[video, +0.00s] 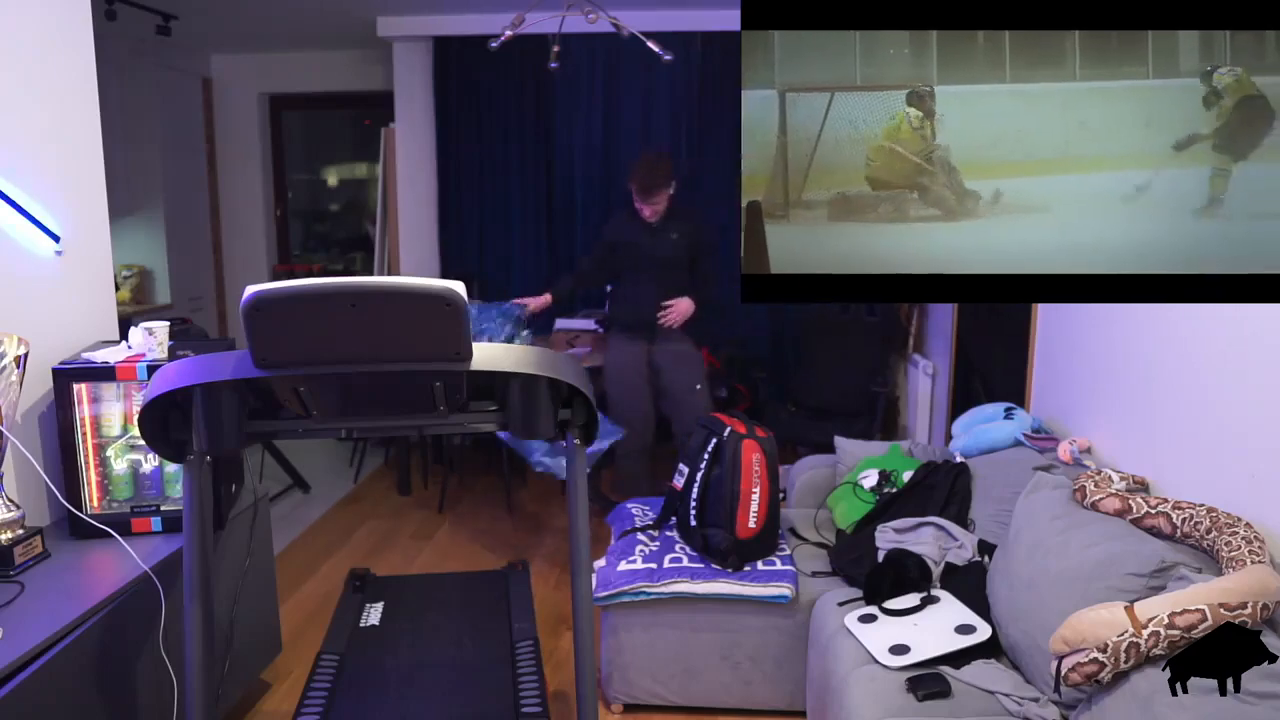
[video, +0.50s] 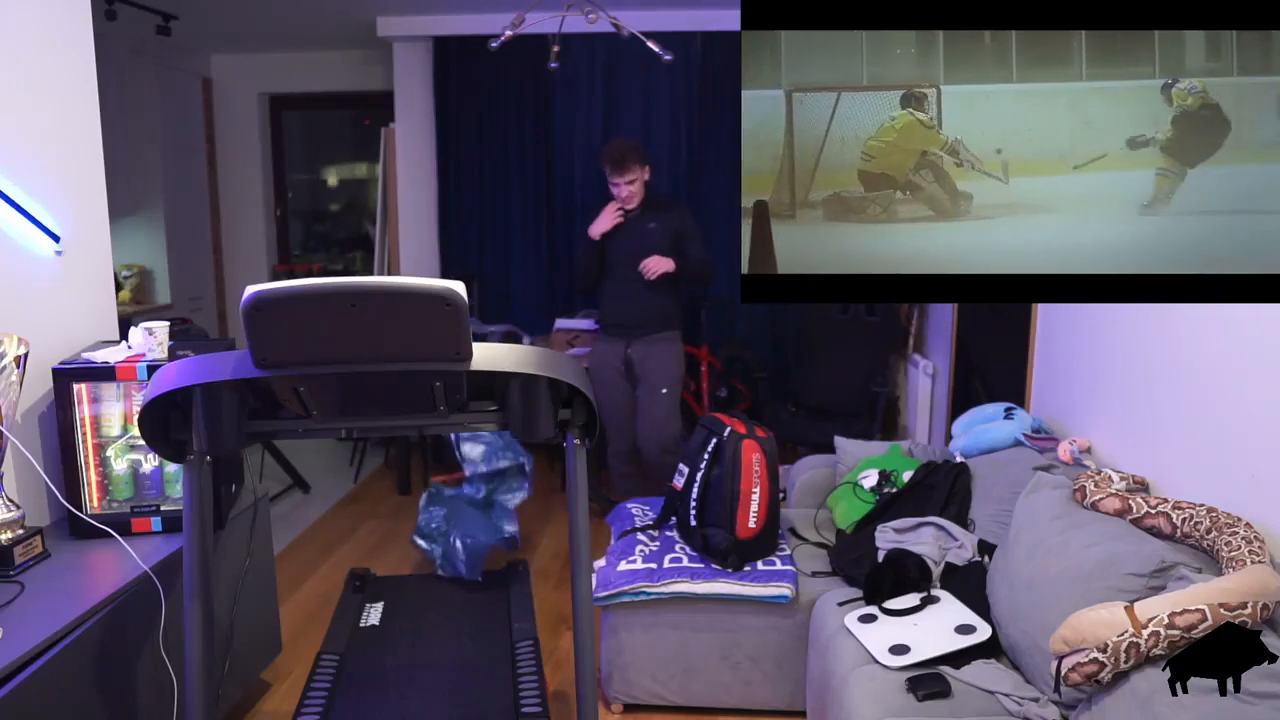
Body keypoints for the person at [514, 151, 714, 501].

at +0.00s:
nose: (645, 210)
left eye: (653, 203)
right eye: (639, 202)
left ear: (671, 191)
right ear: (631, 191)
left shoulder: (690, 228)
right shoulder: (621, 225)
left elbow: (707, 279)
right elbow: (591, 271)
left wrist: (693, 301)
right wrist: (548, 298)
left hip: (675, 337)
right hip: (626, 338)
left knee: (696, 422)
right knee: (633, 427)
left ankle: (701, 504)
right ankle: (637, 507)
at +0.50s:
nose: (623, 192)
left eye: (631, 182)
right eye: (615, 184)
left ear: (646, 175)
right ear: (607, 180)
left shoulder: (671, 217)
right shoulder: (603, 222)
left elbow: (702, 270)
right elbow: (583, 284)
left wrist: (675, 263)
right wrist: (593, 235)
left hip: (659, 342)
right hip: (610, 344)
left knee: (658, 439)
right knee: (618, 445)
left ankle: (676, 517)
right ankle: (633, 523)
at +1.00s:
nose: (632, 174)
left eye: (640, 165)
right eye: (623, 165)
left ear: (654, 169)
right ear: (613, 172)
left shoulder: (675, 217)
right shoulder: (601, 220)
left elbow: (699, 274)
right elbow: (587, 282)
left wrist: (671, 237)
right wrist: (613, 243)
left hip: (664, 347)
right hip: (610, 348)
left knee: (652, 449)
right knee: (618, 450)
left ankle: (655, 538)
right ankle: (625, 536)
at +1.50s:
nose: (657, 180)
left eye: (667, 172)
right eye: (651, 171)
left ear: (682, 176)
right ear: (641, 171)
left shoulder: (691, 219)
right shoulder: (623, 212)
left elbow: (700, 276)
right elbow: (583, 262)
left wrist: (672, 219)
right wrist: (613, 220)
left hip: (660, 348)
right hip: (609, 345)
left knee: (654, 451)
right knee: (599, 446)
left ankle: (654, 538)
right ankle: (606, 527)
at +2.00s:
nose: (631, 179)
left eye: (639, 171)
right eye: (627, 172)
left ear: (657, 171)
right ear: (619, 174)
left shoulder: (675, 205)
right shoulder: (610, 200)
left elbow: (671, 183)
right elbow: (570, 176)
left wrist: (634, 135)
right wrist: (585, 128)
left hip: (659, 348)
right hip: (608, 345)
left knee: (655, 456)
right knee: (594, 451)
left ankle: (657, 547)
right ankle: (588, 541)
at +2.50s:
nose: (616, 132)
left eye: (616, 127)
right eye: (609, 126)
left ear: (621, 137)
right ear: (596, 132)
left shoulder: (637, 192)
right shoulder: (571, 190)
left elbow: (618, 151)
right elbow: (544, 160)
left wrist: (593, 106)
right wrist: (579, 120)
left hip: (630, 341)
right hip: (580, 339)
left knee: (639, 452)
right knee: (580, 451)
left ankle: (651, 547)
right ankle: (581, 547)